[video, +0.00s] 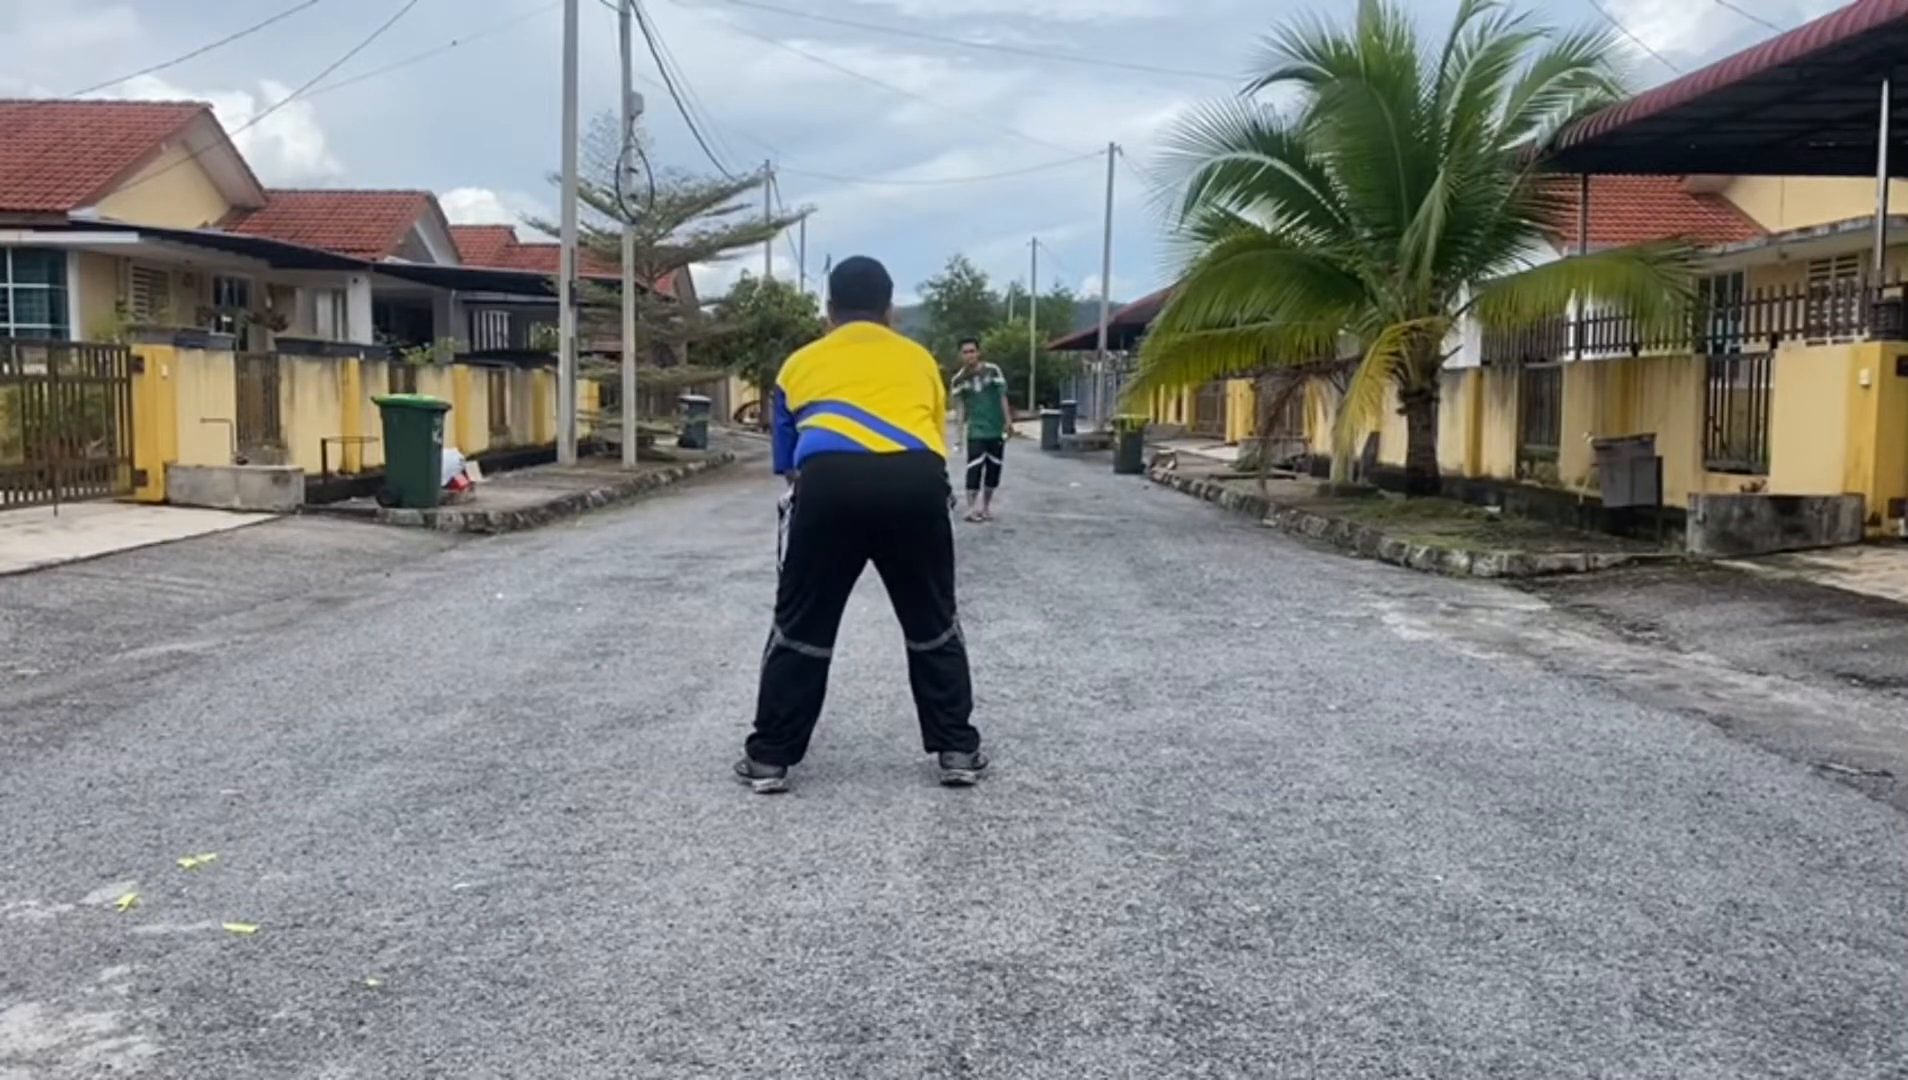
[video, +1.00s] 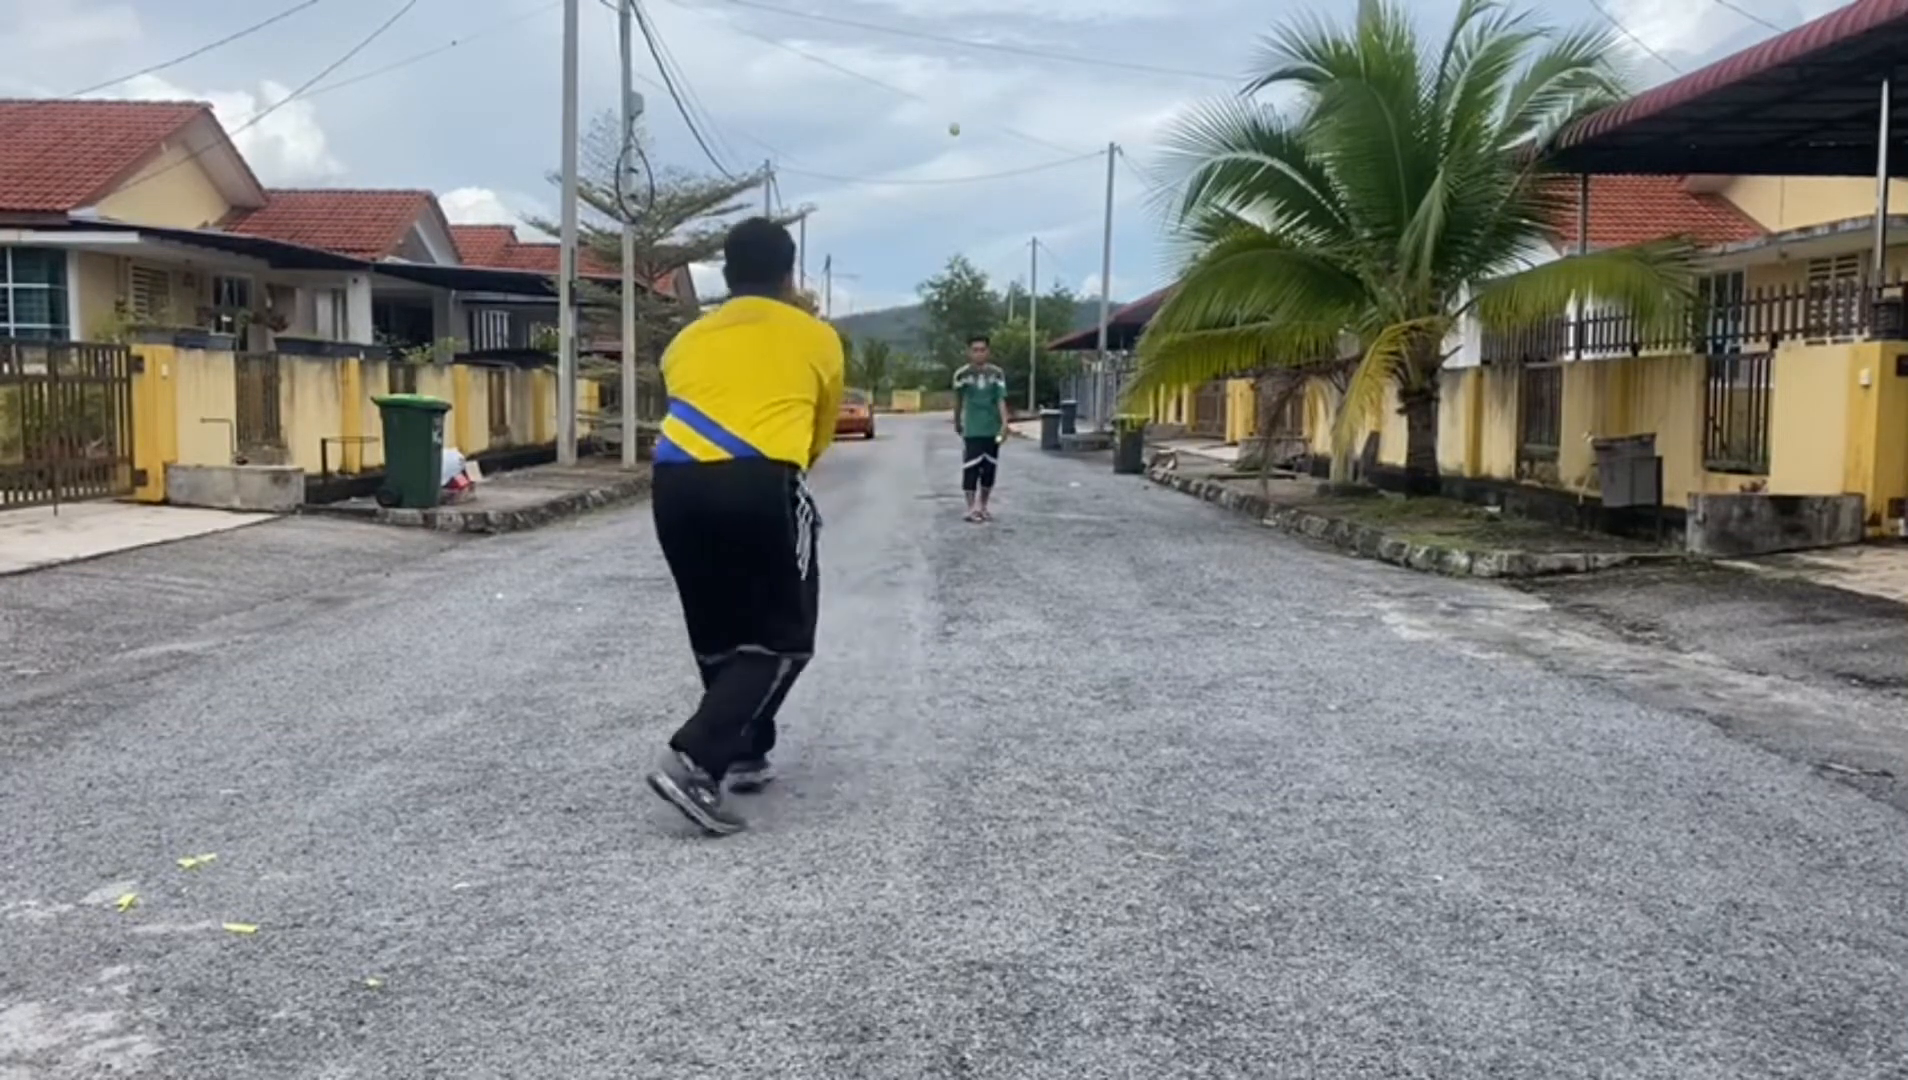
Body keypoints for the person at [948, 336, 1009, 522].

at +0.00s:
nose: (969, 355)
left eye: (972, 351)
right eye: (965, 352)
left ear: (978, 352)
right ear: (961, 356)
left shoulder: (993, 371)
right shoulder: (959, 380)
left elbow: (1003, 397)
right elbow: (960, 410)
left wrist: (1008, 421)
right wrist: (959, 436)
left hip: (996, 428)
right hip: (975, 430)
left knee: (993, 470)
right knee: (974, 468)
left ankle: (986, 507)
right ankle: (971, 507)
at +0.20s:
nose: (973, 352)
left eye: (976, 347)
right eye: (969, 348)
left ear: (982, 349)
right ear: (964, 352)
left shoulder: (993, 370)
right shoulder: (963, 372)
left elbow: (1000, 397)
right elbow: (960, 375)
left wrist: (1007, 420)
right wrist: (965, 364)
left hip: (993, 426)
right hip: (974, 426)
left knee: (991, 468)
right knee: (972, 466)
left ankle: (984, 506)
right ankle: (970, 506)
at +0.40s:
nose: (976, 351)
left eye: (979, 347)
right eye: (972, 347)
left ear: (985, 349)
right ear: (966, 351)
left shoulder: (992, 371)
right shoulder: (965, 369)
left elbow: (999, 398)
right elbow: (958, 351)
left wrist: (1006, 421)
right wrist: (962, 324)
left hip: (992, 424)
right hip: (974, 423)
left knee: (990, 468)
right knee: (972, 467)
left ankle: (984, 506)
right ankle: (971, 507)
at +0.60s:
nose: (978, 352)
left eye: (981, 348)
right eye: (974, 348)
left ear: (987, 350)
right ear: (968, 352)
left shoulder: (994, 372)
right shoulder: (965, 371)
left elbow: (999, 400)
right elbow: (955, 376)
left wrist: (1005, 422)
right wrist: (961, 353)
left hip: (990, 427)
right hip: (971, 426)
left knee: (988, 469)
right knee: (970, 468)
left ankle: (984, 506)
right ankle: (970, 507)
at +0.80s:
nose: (979, 352)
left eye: (982, 348)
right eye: (975, 348)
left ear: (988, 351)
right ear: (968, 351)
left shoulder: (995, 373)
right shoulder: (961, 373)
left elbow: (999, 401)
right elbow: (958, 397)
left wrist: (1002, 424)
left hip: (990, 429)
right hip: (969, 429)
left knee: (988, 470)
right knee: (970, 470)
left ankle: (983, 506)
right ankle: (971, 507)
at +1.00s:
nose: (979, 354)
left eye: (982, 350)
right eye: (975, 350)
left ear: (988, 352)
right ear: (969, 353)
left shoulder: (996, 373)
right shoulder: (961, 374)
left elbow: (1001, 401)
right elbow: (958, 400)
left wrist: (1005, 424)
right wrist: (957, 421)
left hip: (992, 428)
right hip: (971, 429)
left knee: (989, 470)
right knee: (971, 469)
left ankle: (983, 506)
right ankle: (971, 507)